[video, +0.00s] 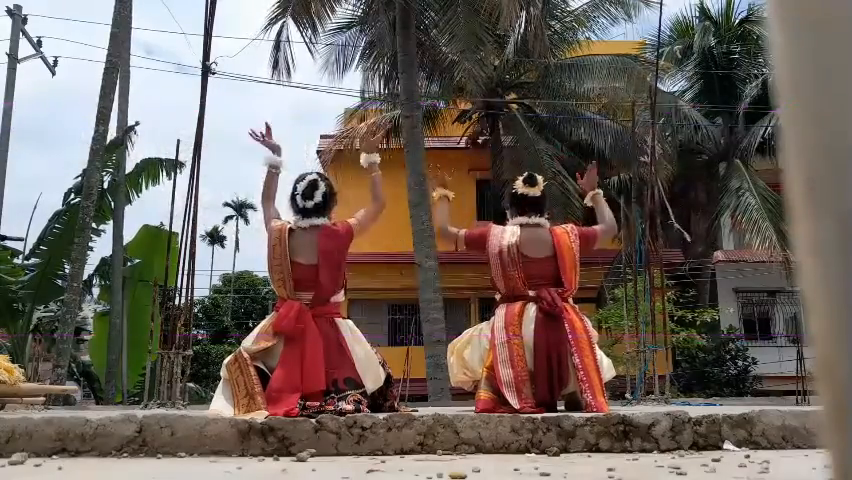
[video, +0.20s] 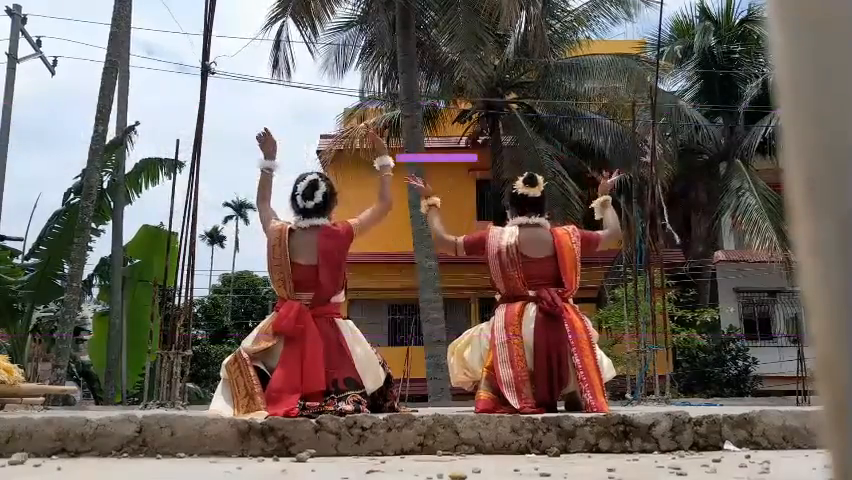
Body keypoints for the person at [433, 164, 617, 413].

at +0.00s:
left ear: (511, 207)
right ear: (544, 207)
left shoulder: (495, 236)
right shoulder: (566, 235)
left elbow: (444, 233)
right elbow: (610, 226)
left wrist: (441, 197)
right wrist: (596, 196)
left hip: (512, 323)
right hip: (561, 321)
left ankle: (490, 393)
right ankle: (575, 394)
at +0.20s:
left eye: (507, 208)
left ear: (509, 210)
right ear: (545, 208)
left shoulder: (495, 238)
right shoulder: (568, 237)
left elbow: (443, 241)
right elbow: (614, 234)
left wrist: (430, 204)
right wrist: (606, 198)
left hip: (512, 324)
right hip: (561, 322)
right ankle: (577, 402)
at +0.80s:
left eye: (515, 204)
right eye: (537, 202)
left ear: (511, 209)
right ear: (547, 207)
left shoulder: (494, 240)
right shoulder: (569, 238)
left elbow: (442, 252)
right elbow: (619, 245)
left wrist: (426, 226)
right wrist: (616, 216)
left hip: (512, 328)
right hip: (563, 326)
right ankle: (578, 395)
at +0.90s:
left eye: (522, 201)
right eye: (536, 201)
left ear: (511, 206)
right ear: (547, 205)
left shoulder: (493, 240)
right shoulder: (570, 240)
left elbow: (452, 260)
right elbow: (620, 253)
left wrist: (423, 239)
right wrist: (624, 227)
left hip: (511, 330)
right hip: (565, 327)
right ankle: (578, 400)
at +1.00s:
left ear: (512, 207)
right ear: (548, 207)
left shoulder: (495, 241)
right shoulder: (571, 240)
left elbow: (449, 265)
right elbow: (617, 260)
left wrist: (419, 244)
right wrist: (633, 239)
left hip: (513, 330)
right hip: (565, 328)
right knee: (578, 403)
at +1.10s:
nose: (528, 213)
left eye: (526, 205)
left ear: (513, 206)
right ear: (548, 204)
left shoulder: (499, 240)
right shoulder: (572, 239)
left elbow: (462, 265)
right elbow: (609, 266)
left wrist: (427, 253)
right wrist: (637, 238)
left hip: (512, 317)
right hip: (565, 316)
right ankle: (581, 402)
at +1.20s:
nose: (526, 210)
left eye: (524, 204)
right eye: (529, 203)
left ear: (513, 207)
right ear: (549, 207)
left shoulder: (496, 242)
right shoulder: (573, 243)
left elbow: (461, 274)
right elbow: (615, 271)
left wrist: (428, 258)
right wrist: (635, 243)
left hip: (512, 325)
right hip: (567, 326)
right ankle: (578, 397)